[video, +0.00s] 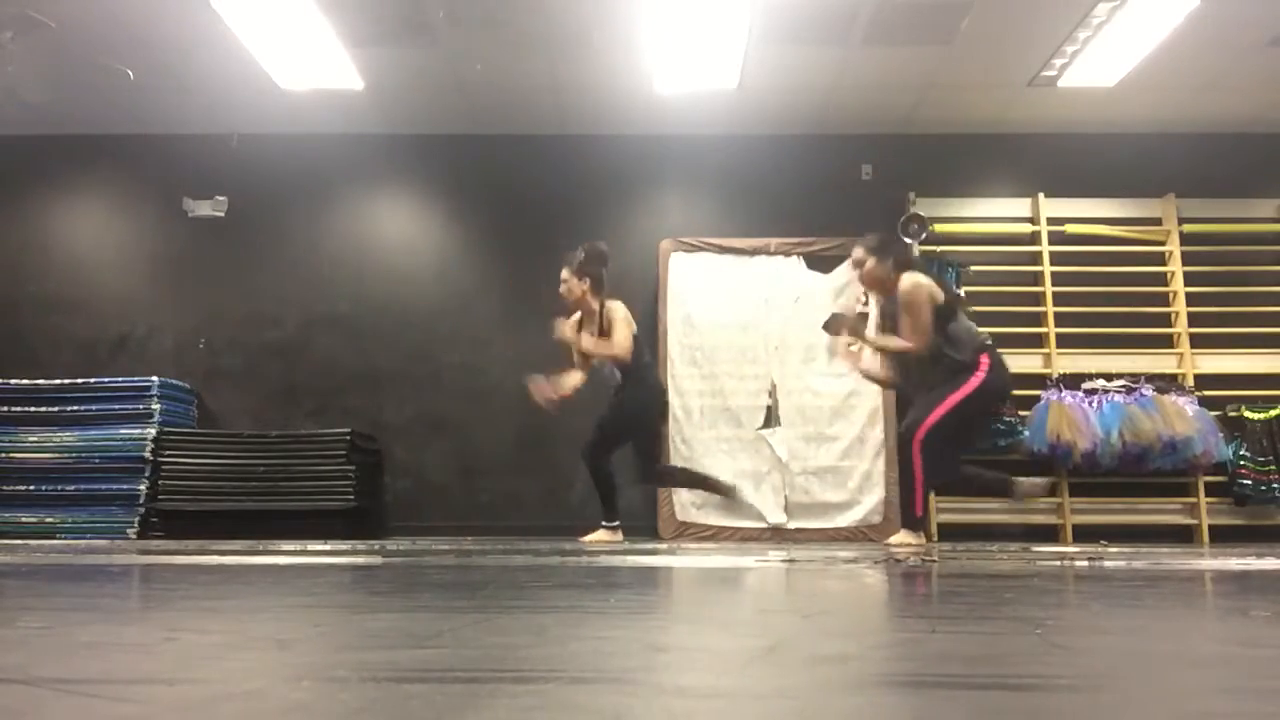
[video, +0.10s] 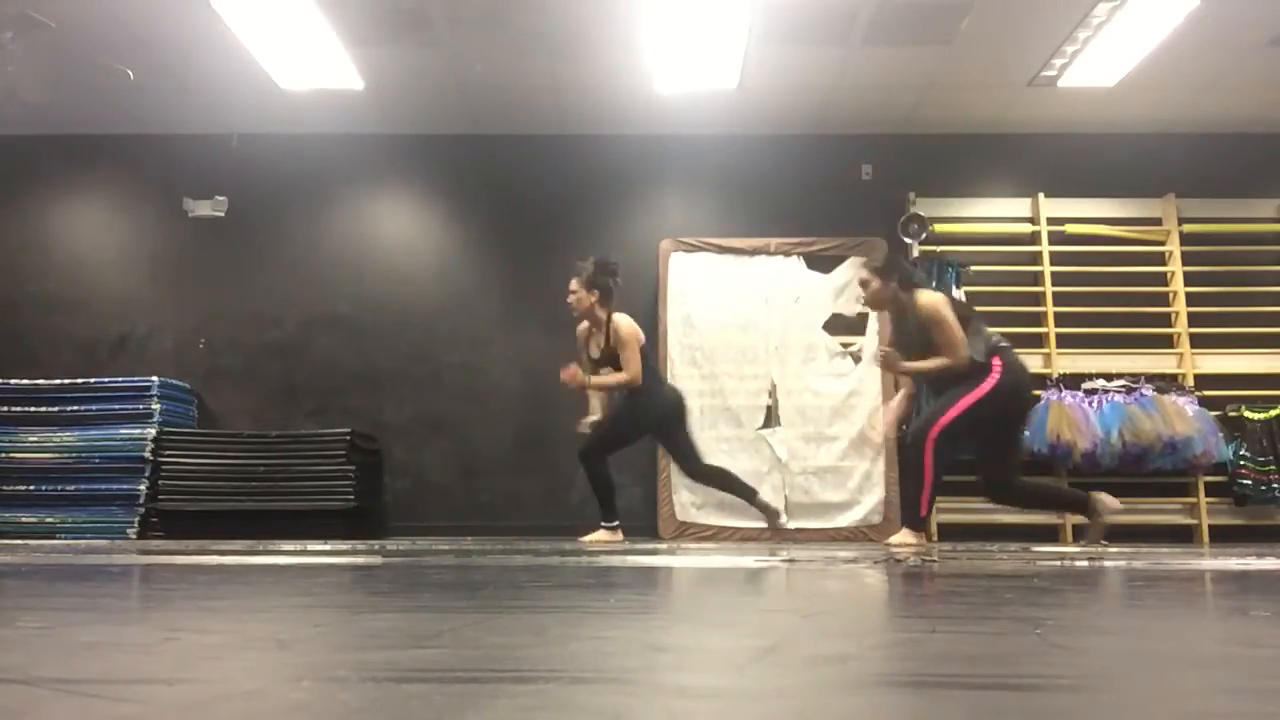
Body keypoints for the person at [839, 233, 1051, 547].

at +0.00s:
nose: (856, 273)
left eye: (860, 264)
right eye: (854, 266)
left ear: (886, 262)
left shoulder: (912, 284)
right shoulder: (887, 305)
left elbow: (918, 344)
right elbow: (900, 375)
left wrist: (864, 336)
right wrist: (861, 362)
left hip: (979, 371)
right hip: (949, 379)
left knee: (916, 433)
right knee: (934, 467)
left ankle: (914, 530)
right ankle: (1018, 489)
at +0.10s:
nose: (861, 293)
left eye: (866, 285)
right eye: (859, 285)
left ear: (890, 282)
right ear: (881, 286)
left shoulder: (929, 303)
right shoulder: (896, 318)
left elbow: (959, 359)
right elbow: (914, 376)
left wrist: (903, 366)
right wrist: (894, 410)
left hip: (998, 372)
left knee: (923, 435)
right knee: (999, 487)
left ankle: (914, 530)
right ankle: (1092, 504)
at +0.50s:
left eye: (972, 214)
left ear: (973, 220)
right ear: (1007, 208)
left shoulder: (966, 263)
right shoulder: (1026, 222)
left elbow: (974, 311)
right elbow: (1066, 176)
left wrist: (975, 282)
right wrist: (1055, 170)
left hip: (1022, 354)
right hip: (1065, 346)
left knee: (966, 432)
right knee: (1072, 447)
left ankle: (926, 520)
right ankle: (1120, 527)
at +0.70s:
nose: (1046, 209)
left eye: (1043, 203)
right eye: (1041, 203)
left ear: (1000, 211)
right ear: (1027, 210)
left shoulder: (981, 246)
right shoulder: (1042, 234)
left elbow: (965, 277)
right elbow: (1089, 186)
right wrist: (1115, 134)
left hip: (1006, 345)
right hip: (1052, 339)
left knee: (971, 438)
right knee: (1083, 440)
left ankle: (926, 521)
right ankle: (1121, 528)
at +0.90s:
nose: (1027, 222)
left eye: (1024, 217)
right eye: (1024, 217)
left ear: (984, 223)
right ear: (1018, 221)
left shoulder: (965, 255)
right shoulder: (1034, 249)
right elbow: (1096, 210)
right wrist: (1136, 166)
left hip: (1010, 348)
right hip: (1054, 340)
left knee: (970, 439)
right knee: (1070, 439)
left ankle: (923, 522)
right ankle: (1120, 528)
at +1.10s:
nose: (932, 299)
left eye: (935, 292)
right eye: (931, 292)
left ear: (947, 290)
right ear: (970, 280)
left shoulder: (950, 317)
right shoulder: (1006, 294)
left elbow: (930, 372)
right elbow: (1055, 298)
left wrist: (932, 331)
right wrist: (1110, 293)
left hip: (1042, 370)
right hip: (1076, 365)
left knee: (970, 433)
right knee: (1047, 457)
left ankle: (921, 524)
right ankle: (1116, 528)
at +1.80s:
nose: (875, 210)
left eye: (881, 205)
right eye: (866, 204)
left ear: (890, 216)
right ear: (850, 214)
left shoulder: (890, 263)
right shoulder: (846, 249)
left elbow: (887, 324)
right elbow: (907, 281)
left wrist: (861, 360)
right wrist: (953, 273)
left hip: (870, 356)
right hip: (824, 356)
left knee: (888, 437)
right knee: (795, 440)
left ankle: (906, 527)